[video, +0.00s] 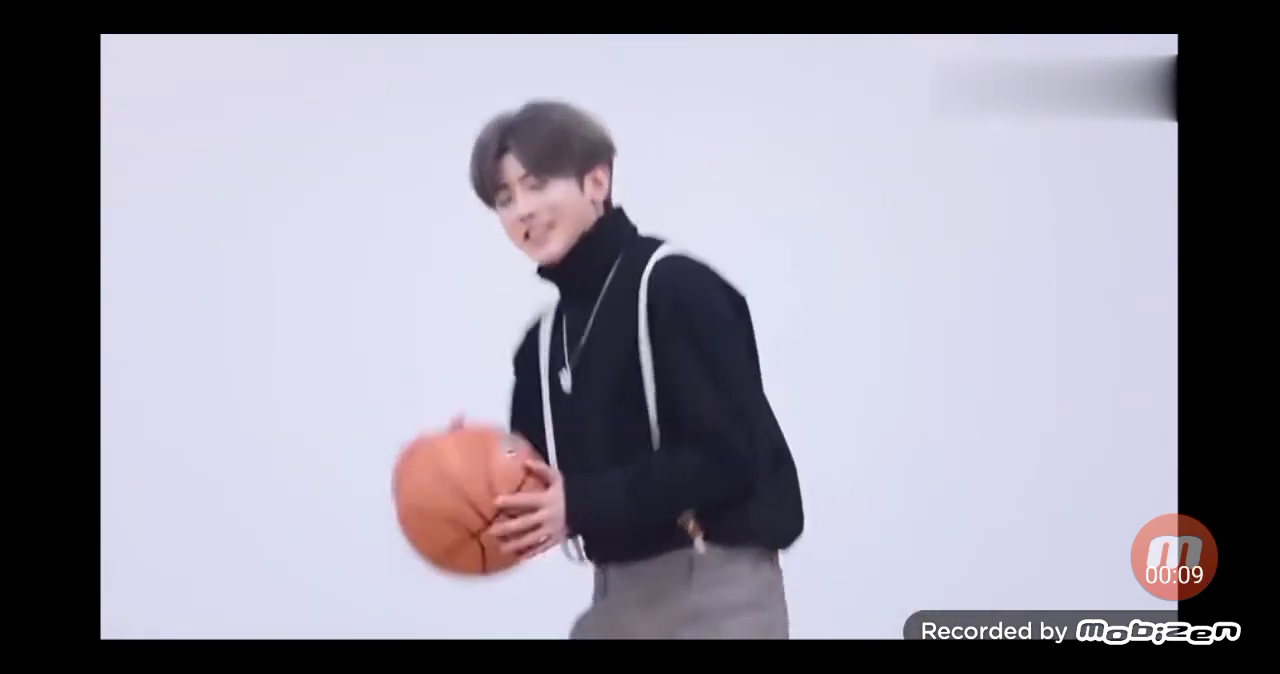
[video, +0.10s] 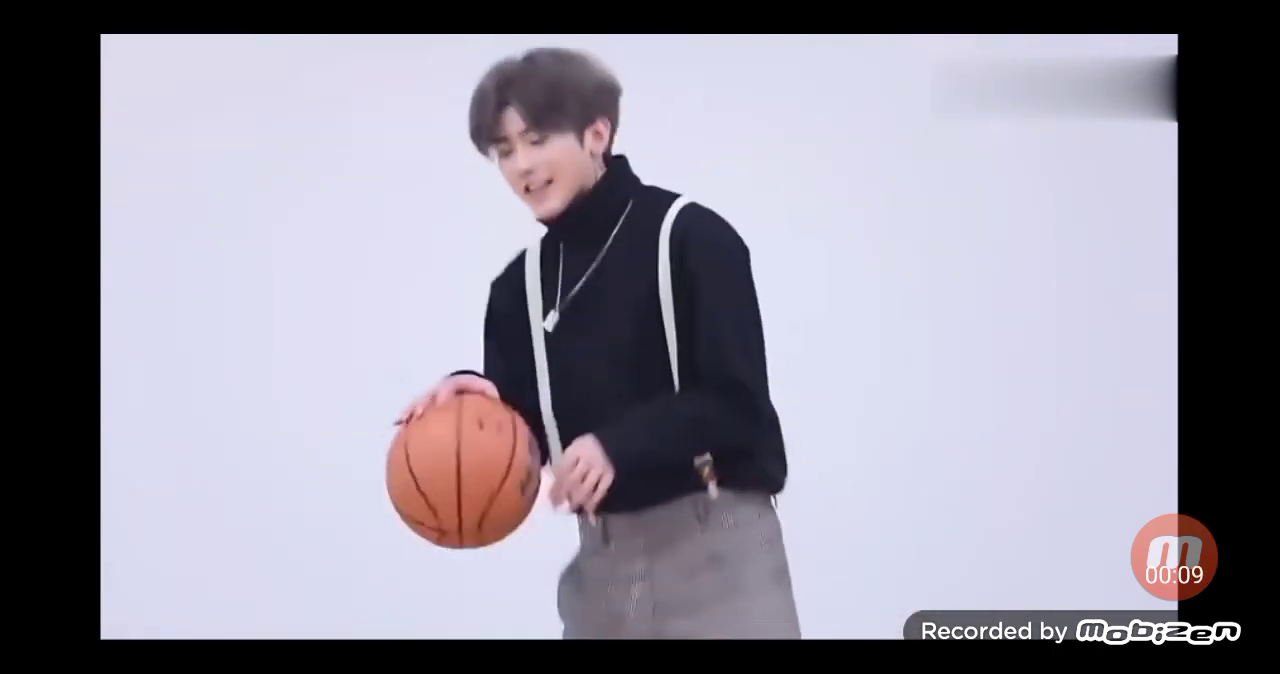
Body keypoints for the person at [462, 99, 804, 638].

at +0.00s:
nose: (520, 212)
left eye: (535, 183)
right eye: (503, 199)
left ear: (596, 181)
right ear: (495, 215)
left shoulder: (681, 290)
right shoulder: (539, 346)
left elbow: (729, 462)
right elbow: (533, 486)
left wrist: (575, 504)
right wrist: (481, 473)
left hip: (717, 586)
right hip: (618, 594)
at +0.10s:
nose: (520, 165)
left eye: (536, 139)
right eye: (503, 151)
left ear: (597, 133)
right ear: (494, 162)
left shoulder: (693, 239)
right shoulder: (514, 290)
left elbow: (736, 408)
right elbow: (525, 457)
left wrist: (617, 448)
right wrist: (477, 407)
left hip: (716, 543)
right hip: (601, 561)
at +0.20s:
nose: (543, 185)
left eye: (559, 162)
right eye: (530, 170)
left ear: (610, 162)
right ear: (520, 180)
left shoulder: (689, 252)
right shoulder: (526, 295)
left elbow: (734, 392)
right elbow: (513, 411)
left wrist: (639, 404)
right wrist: (491, 453)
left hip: (711, 515)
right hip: (605, 527)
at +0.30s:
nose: (562, 218)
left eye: (577, 199)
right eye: (550, 204)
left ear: (620, 200)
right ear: (540, 213)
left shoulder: (690, 282)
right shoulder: (545, 318)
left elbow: (732, 401)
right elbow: (523, 438)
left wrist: (658, 404)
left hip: (705, 515)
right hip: (611, 520)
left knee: (718, 633)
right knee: (608, 631)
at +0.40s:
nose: (590, 252)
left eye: (603, 237)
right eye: (579, 240)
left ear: (638, 241)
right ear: (570, 249)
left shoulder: (696, 309)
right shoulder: (572, 333)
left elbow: (727, 408)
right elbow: (540, 446)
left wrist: (692, 403)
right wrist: (494, 544)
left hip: (689, 490)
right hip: (609, 492)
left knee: (685, 628)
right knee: (608, 606)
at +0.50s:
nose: (599, 227)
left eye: (611, 213)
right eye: (589, 216)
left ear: (642, 218)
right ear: (581, 223)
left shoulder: (693, 285)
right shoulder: (578, 303)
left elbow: (715, 368)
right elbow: (547, 404)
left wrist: (697, 372)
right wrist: (502, 485)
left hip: (683, 455)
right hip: (608, 455)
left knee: (690, 608)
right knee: (588, 562)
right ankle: (611, 638)